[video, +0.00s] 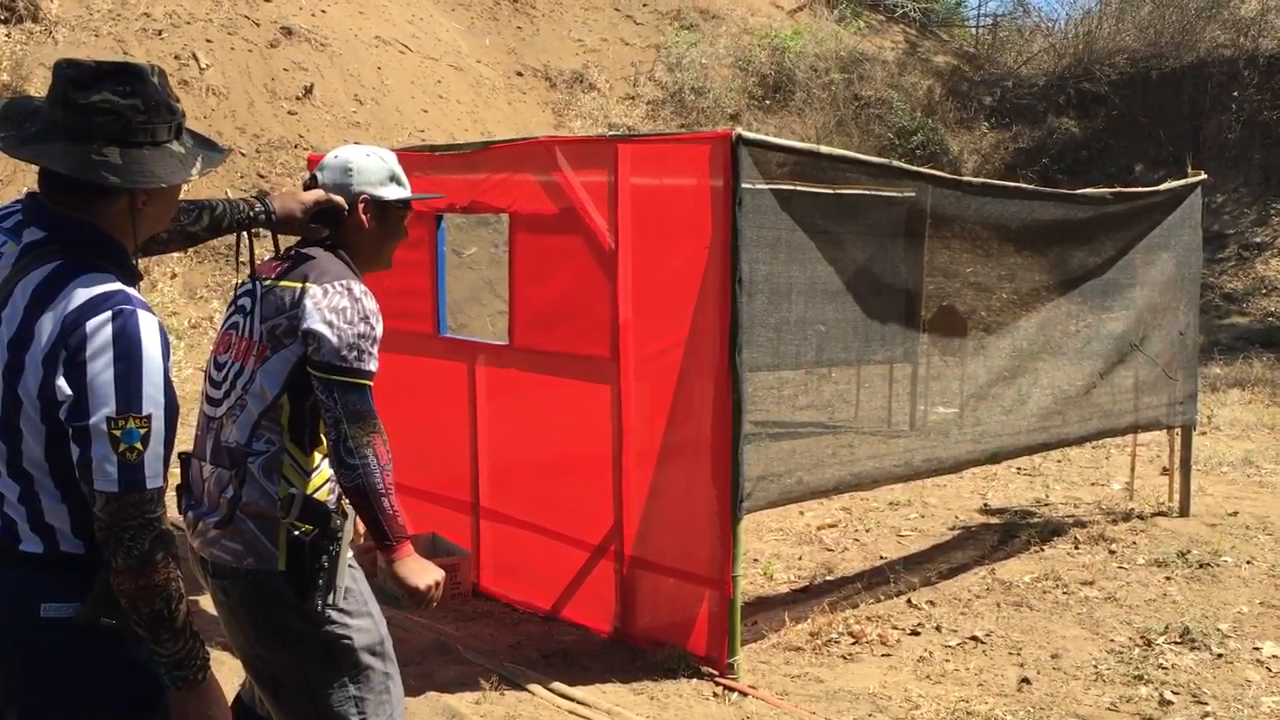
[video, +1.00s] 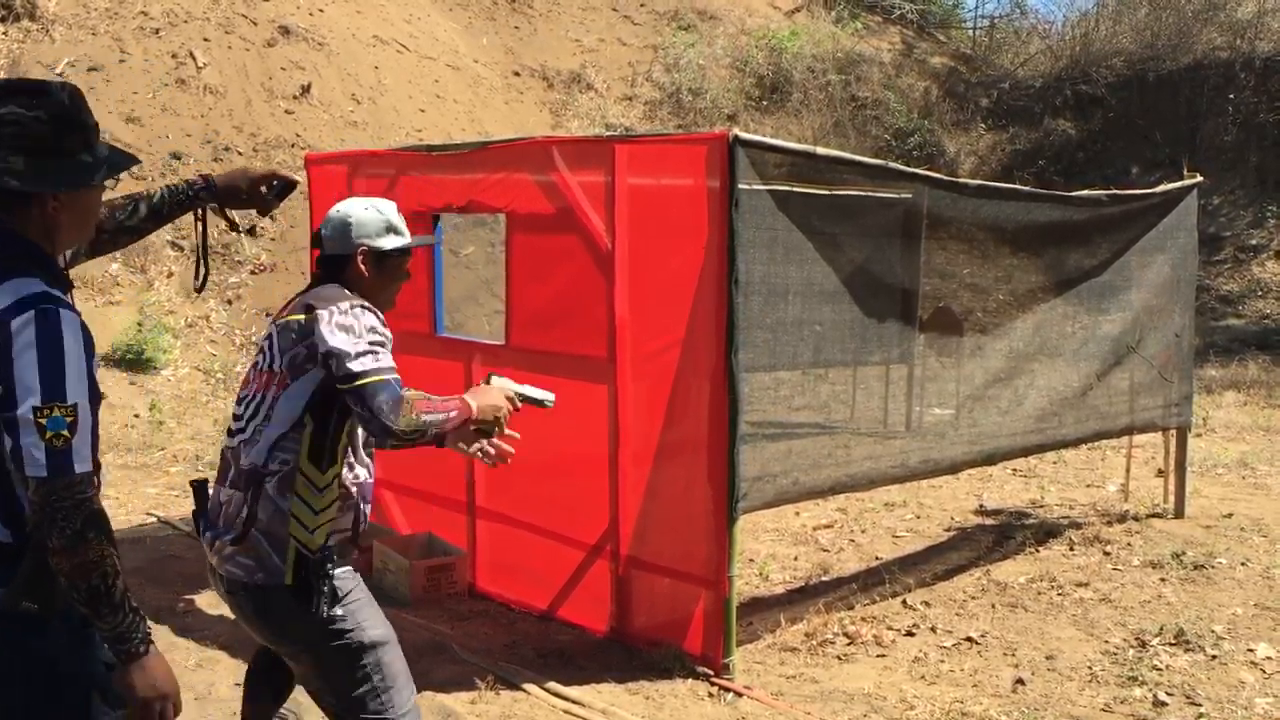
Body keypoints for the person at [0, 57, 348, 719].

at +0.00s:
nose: (183, 191)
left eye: (184, 178)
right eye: (175, 179)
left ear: (53, 168)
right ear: (138, 195)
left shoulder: (15, 230)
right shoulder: (115, 324)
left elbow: (144, 223)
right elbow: (132, 536)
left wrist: (269, 208)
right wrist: (193, 678)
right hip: (70, 609)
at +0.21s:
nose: (182, 189)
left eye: (182, 176)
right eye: (174, 177)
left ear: (53, 167)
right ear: (134, 194)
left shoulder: (14, 228)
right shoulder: (113, 322)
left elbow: (146, 221)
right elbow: (128, 533)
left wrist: (272, 206)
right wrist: (187, 677)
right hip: (68, 607)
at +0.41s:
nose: (181, 188)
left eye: (181, 174)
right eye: (172, 175)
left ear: (51, 165)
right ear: (134, 191)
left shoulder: (13, 226)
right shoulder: (110, 320)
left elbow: (144, 219)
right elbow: (126, 534)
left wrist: (269, 206)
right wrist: (182, 676)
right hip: (64, 609)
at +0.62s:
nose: (174, 191)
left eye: (176, 177)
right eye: (168, 178)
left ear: (48, 166)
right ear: (130, 193)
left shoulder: (13, 227)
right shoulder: (106, 319)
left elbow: (126, 225)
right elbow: (122, 531)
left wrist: (247, 199)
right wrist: (180, 674)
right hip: (58, 617)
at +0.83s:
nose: (149, 188)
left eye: (148, 174)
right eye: (144, 174)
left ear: (28, 173)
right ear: (108, 192)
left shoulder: (7, 243)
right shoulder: (86, 321)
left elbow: (107, 226)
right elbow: (110, 526)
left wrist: (231, 195)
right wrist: (169, 668)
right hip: (52, 618)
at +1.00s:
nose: (106, 197)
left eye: (103, 182)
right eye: (95, 183)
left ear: (39, 198)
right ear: (52, 200)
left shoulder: (17, 274)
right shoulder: (42, 316)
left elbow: (95, 230)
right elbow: (66, 515)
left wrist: (210, 189)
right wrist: (134, 646)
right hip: (41, 627)